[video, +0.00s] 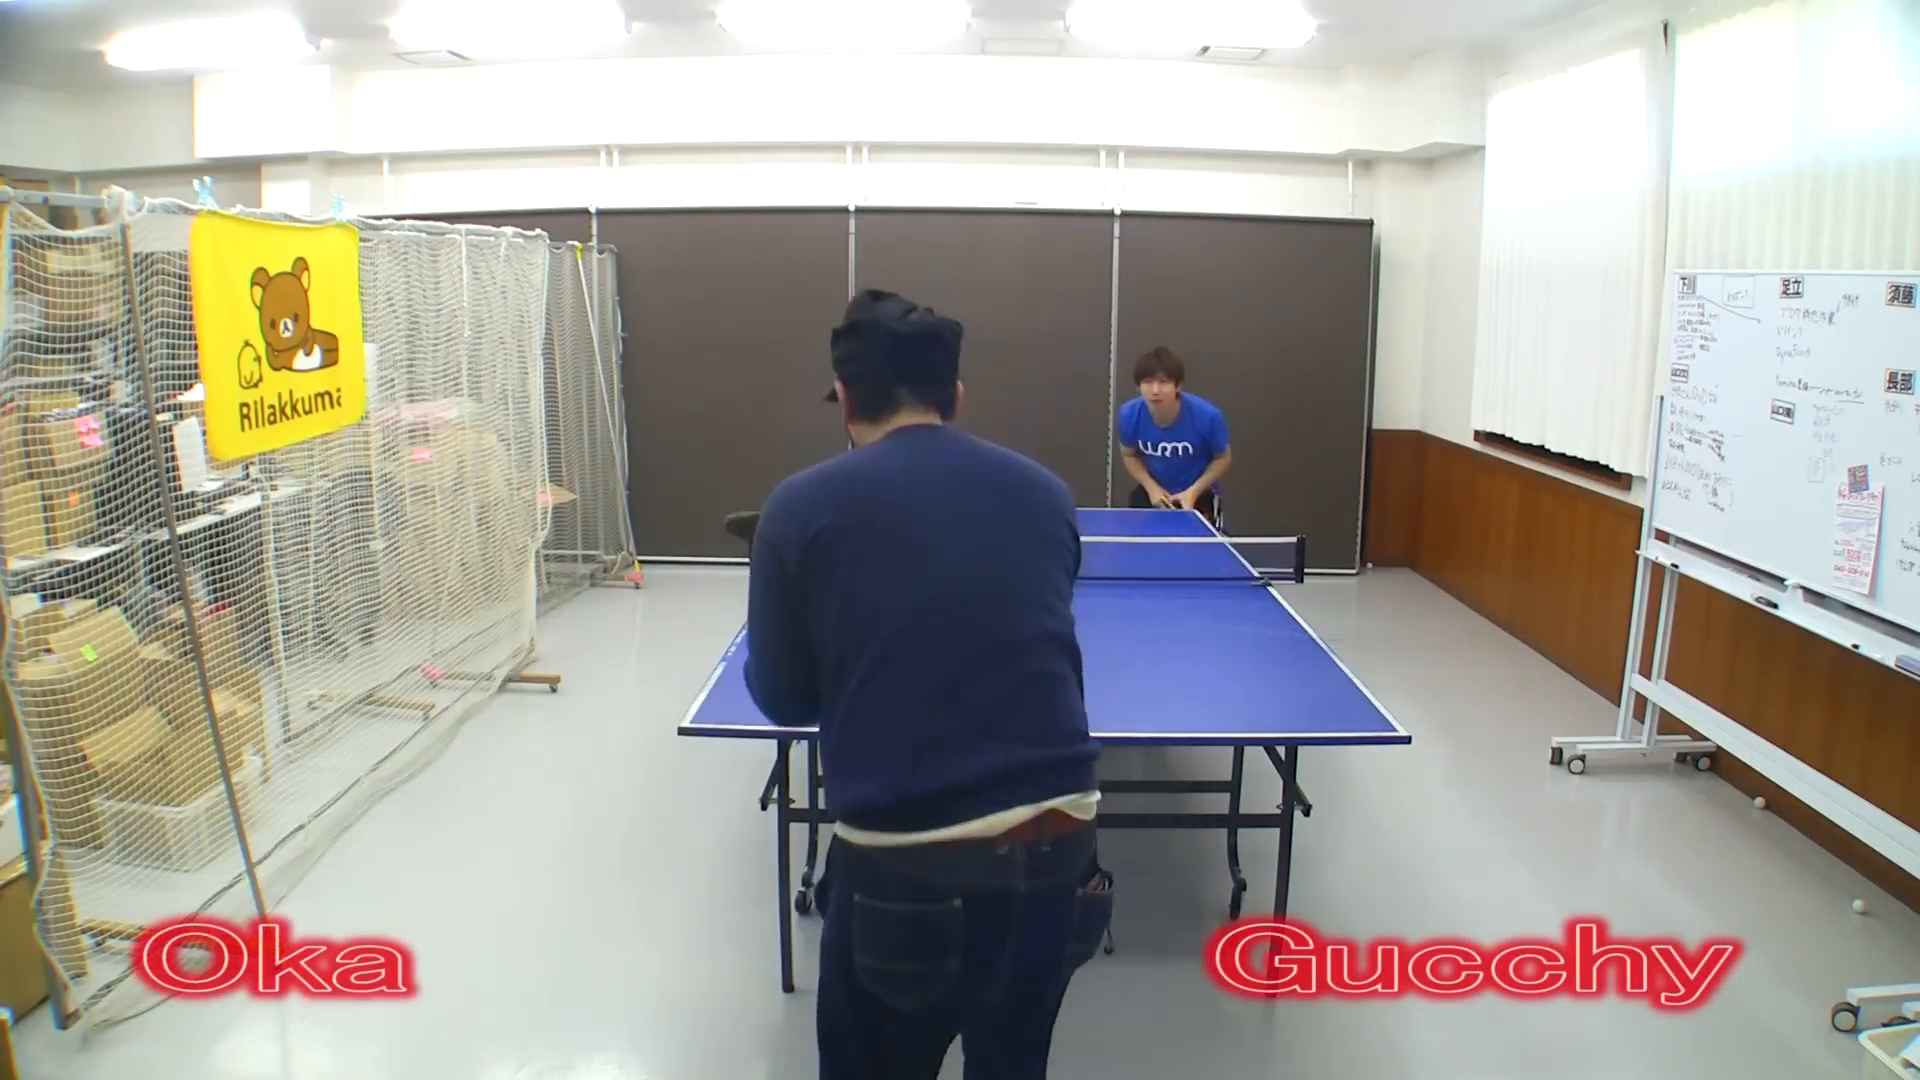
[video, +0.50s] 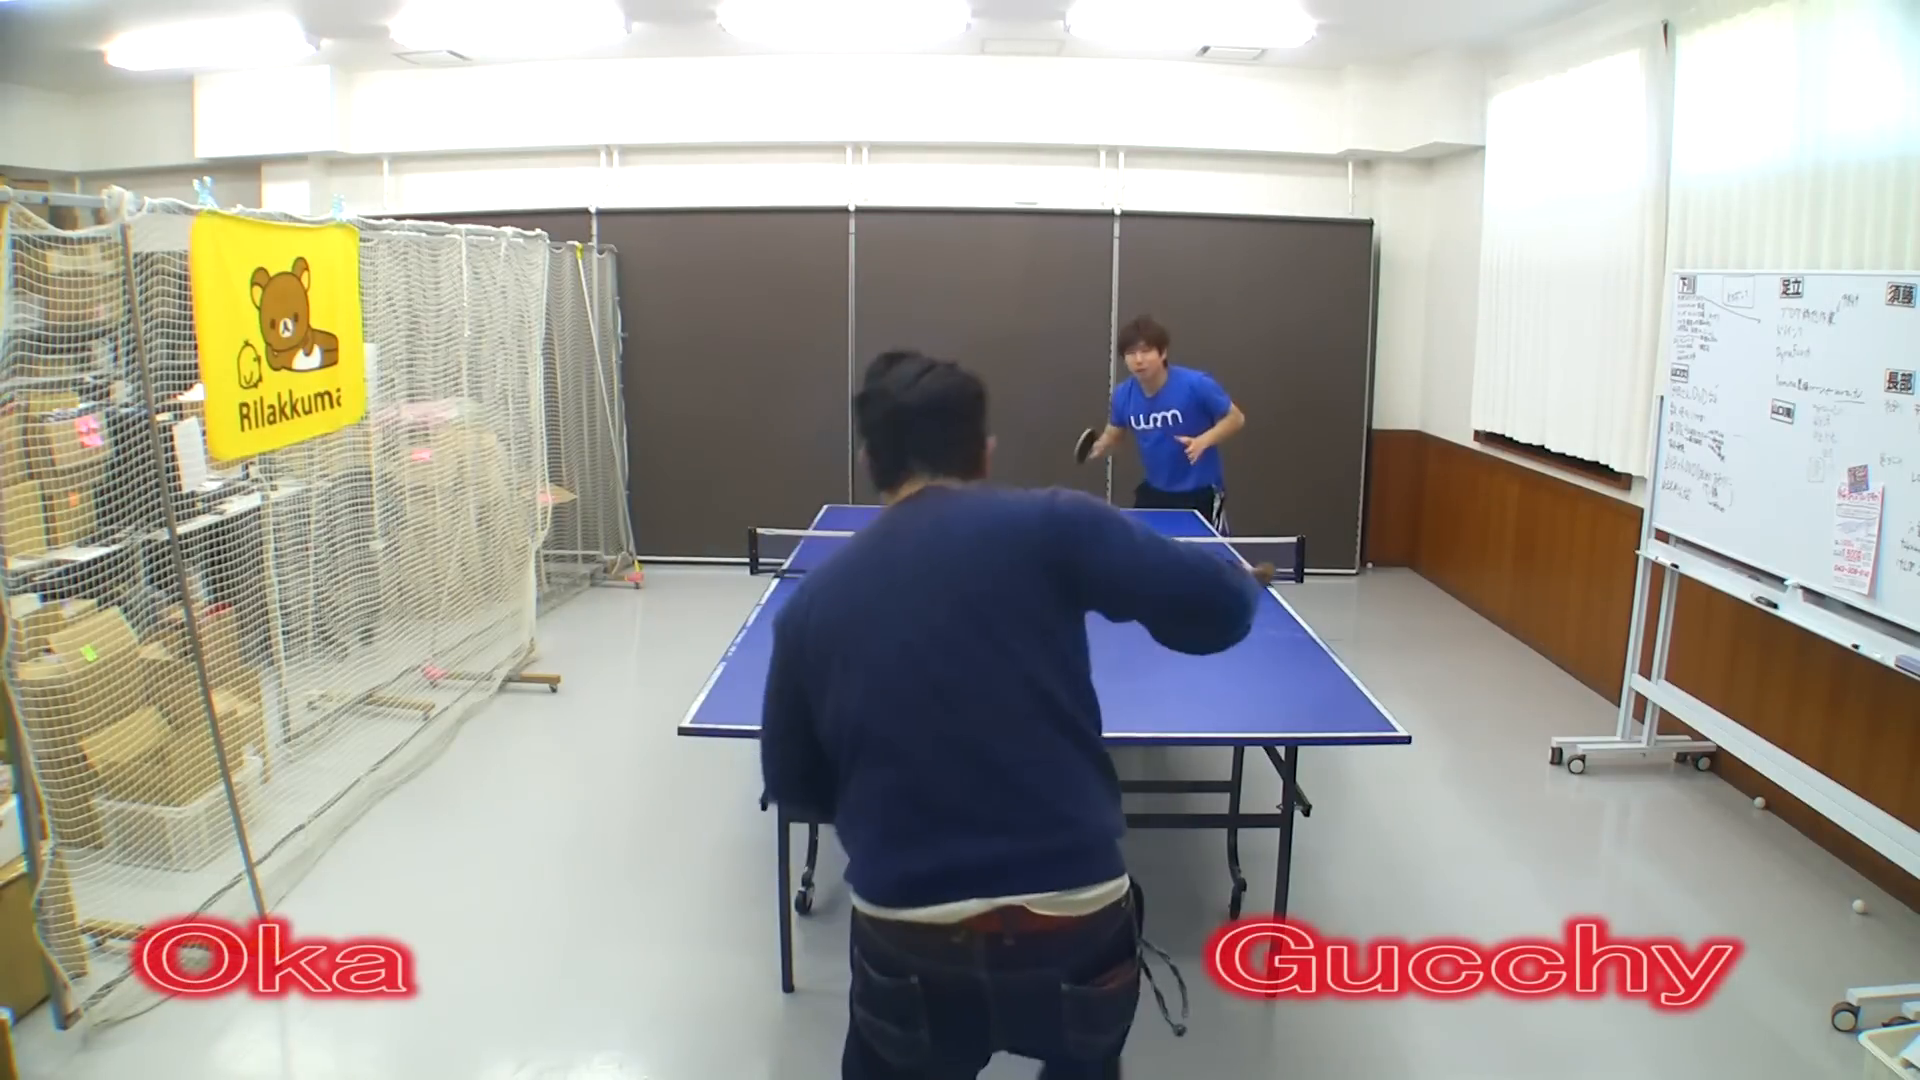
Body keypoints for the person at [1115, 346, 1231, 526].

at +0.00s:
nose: (1155, 390)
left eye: (1164, 382)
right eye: (1148, 382)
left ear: (1178, 385)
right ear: (1139, 386)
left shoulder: (1207, 417)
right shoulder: (1129, 415)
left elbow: (1224, 458)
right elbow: (1129, 455)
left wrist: (1192, 493)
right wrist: (1152, 488)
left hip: (1199, 496)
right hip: (1150, 495)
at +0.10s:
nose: (1152, 386)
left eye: (1160, 377)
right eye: (1145, 378)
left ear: (1174, 381)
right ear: (1136, 383)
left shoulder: (1203, 413)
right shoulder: (1125, 414)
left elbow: (1221, 454)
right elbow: (1123, 454)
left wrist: (1188, 487)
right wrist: (1147, 484)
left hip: (1195, 499)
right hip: (1146, 498)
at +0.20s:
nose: (1152, 381)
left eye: (1161, 372)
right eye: (1145, 373)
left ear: (1175, 376)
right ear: (1136, 379)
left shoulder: (1202, 409)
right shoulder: (1127, 410)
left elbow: (1226, 451)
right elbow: (1117, 451)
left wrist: (1189, 475)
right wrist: (1141, 474)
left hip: (1195, 502)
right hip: (1147, 501)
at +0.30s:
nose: (1153, 369)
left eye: (1161, 360)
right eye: (1145, 361)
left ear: (1175, 364)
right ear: (1137, 367)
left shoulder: (1204, 396)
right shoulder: (1130, 401)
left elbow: (1233, 438)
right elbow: (1118, 439)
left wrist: (1195, 455)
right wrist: (1128, 455)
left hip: (1198, 502)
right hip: (1150, 501)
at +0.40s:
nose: (1145, 357)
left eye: (1153, 348)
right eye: (1138, 350)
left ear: (1168, 351)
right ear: (1130, 356)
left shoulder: (1198, 382)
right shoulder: (1127, 391)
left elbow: (1235, 421)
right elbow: (1119, 435)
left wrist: (1197, 440)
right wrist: (1112, 444)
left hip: (1199, 493)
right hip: (1153, 491)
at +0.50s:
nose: (1139, 361)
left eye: (1146, 351)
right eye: (1132, 353)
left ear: (1162, 354)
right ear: (1124, 359)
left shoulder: (1196, 385)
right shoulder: (1123, 395)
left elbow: (1236, 418)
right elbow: (1114, 431)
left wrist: (1203, 441)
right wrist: (1101, 446)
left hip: (1198, 496)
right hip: (1154, 495)